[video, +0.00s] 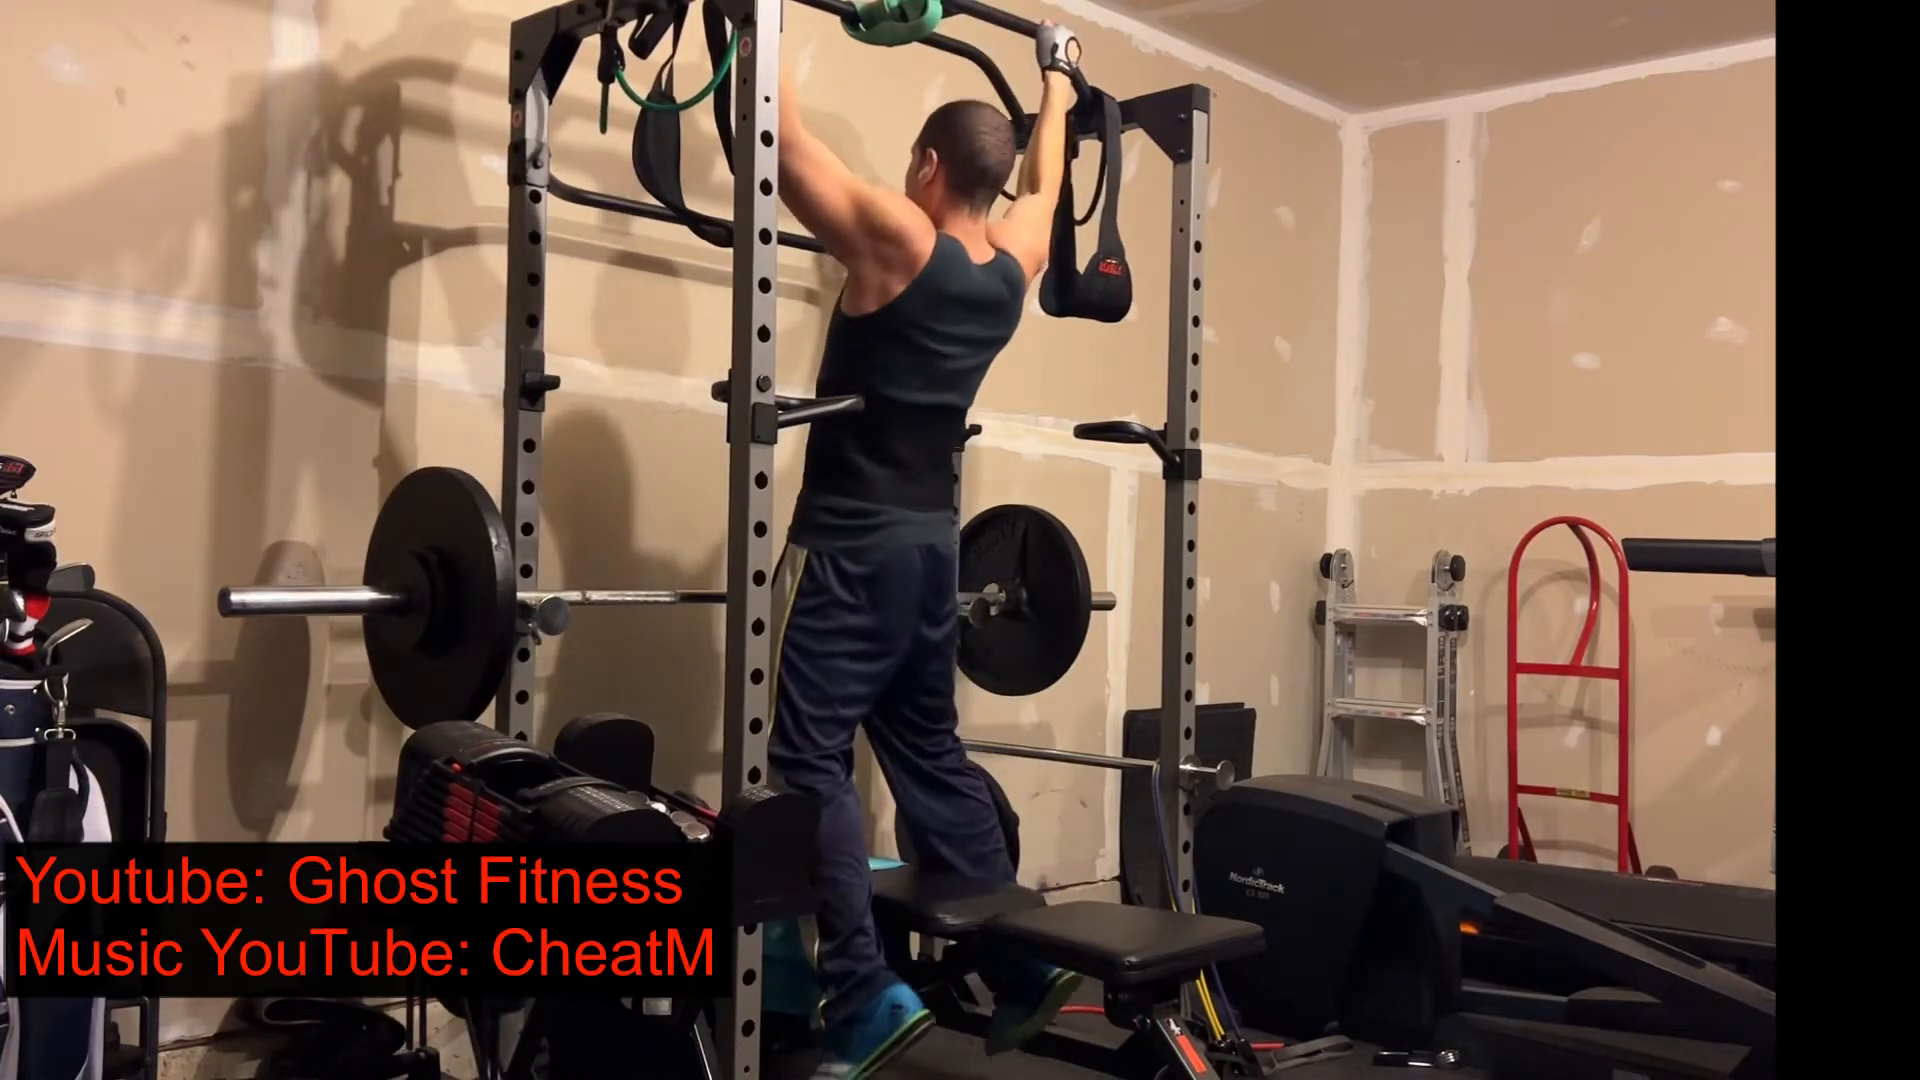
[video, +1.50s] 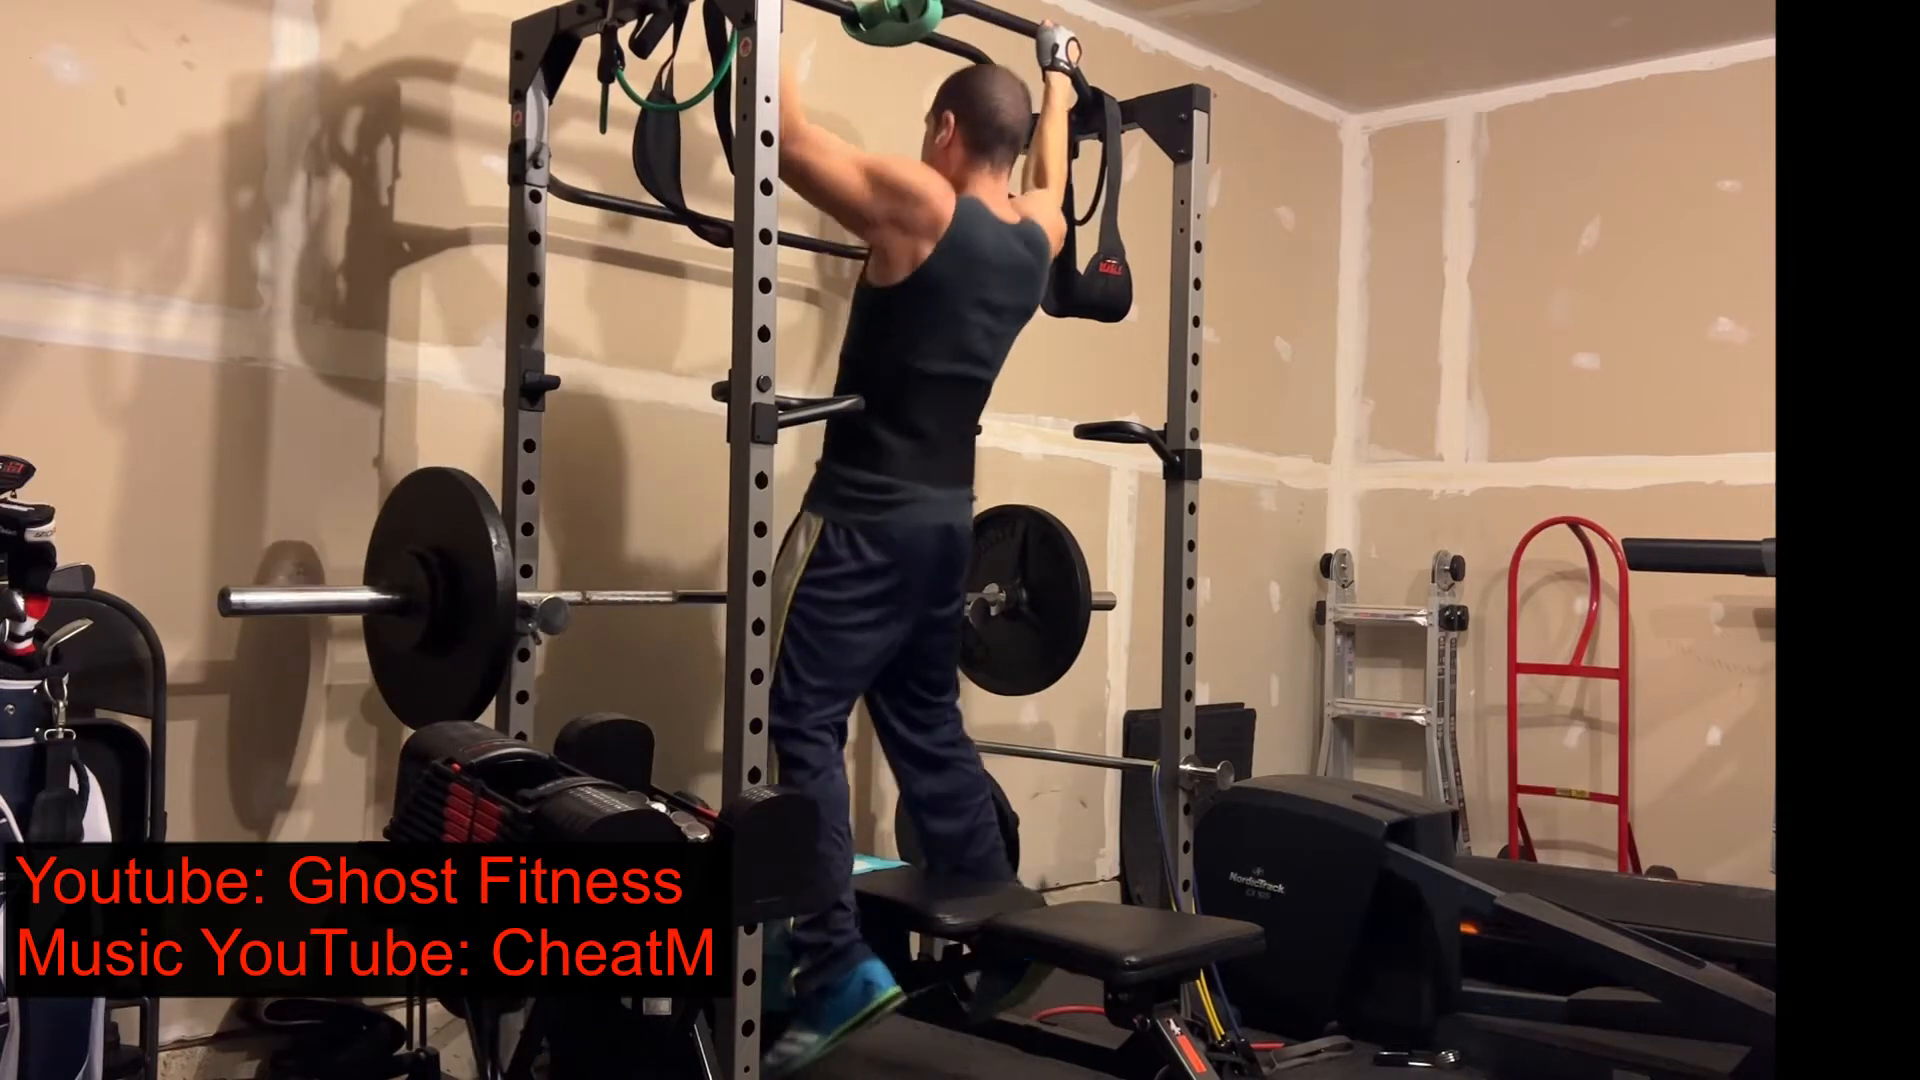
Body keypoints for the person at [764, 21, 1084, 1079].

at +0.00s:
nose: (905, 161)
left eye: (914, 150)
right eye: (917, 151)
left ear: (929, 162)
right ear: (1001, 185)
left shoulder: (892, 236)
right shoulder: (1011, 267)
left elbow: (782, 135)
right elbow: (1044, 186)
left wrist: (764, 26)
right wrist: (1057, 103)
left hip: (856, 536)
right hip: (932, 537)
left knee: (814, 755)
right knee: (927, 747)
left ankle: (859, 983)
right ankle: (1016, 955)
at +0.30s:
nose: (939, 58)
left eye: (947, 41)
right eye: (948, 42)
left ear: (965, 57)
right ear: (1034, 75)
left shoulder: (926, 133)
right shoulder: (1044, 173)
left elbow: (785, 120)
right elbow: (1067, 189)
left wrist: (758, 16)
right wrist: (1051, 98)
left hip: (865, 445)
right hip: (942, 453)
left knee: (791, 635)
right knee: (910, 639)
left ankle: (806, 870)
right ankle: (970, 838)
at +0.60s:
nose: (916, 2)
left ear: (951, 3)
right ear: (1012, 15)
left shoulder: (908, 64)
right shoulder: (1033, 105)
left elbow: (767, 112)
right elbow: (1058, 201)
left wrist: (748, 18)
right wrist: (1058, 89)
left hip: (854, 373)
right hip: (939, 387)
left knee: (780, 579)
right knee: (912, 593)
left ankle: (782, 797)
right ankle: (966, 789)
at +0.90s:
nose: (911, 96)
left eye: (917, 82)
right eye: (919, 83)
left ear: (933, 95)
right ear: (1004, 116)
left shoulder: (895, 168)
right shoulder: (1012, 214)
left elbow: (764, 126)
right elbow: (1046, 187)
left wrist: (742, 42)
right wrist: (1056, 108)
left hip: (842, 472)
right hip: (922, 479)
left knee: (775, 667)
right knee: (907, 680)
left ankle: (802, 890)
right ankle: (983, 857)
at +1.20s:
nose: (902, 165)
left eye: (910, 153)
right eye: (913, 155)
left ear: (926, 164)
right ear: (997, 185)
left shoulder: (894, 237)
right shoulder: (1013, 272)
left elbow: (787, 140)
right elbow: (1045, 187)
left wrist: (772, 24)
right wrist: (1059, 94)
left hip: (846, 538)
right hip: (926, 542)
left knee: (786, 753)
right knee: (919, 757)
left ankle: (824, 981)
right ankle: (996, 960)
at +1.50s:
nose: (922, 136)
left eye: (929, 124)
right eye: (931, 125)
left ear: (948, 131)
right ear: (1011, 148)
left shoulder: (910, 199)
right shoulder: (1031, 243)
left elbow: (788, 138)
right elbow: (1051, 186)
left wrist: (770, 21)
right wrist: (1057, 107)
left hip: (868, 520)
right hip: (943, 524)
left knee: (804, 723)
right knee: (929, 731)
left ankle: (837, 962)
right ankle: (999, 936)